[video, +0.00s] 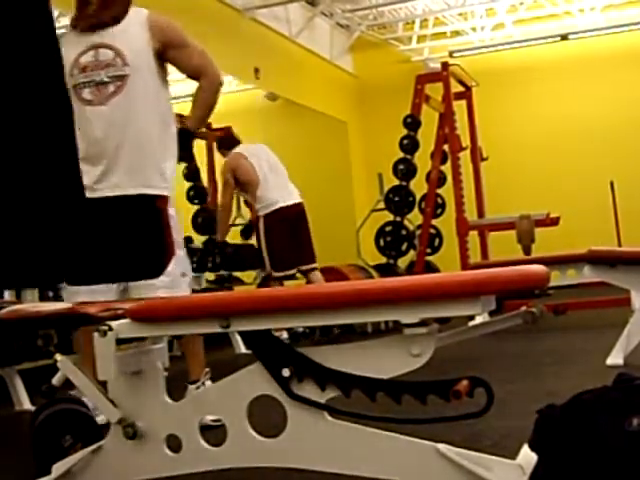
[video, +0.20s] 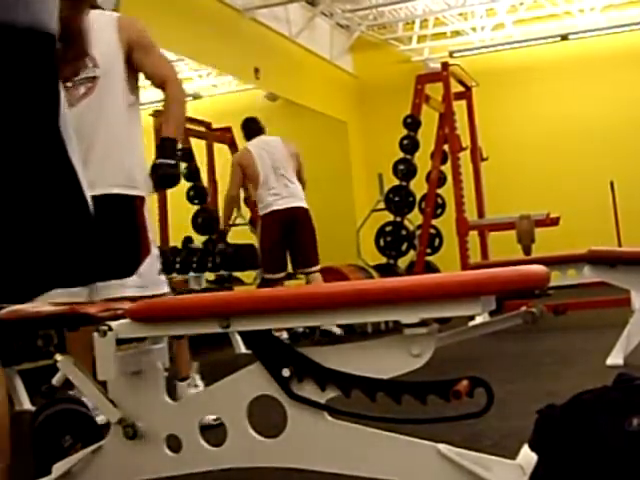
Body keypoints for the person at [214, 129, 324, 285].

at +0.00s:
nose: (222, 155)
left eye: (220, 152)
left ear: (222, 150)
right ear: (238, 140)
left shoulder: (230, 162)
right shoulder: (262, 149)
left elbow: (225, 205)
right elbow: (270, 187)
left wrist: (220, 238)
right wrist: (254, 220)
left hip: (271, 215)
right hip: (296, 206)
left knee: (274, 276)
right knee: (309, 268)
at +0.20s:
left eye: (247, 134)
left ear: (245, 135)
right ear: (264, 130)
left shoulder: (242, 157)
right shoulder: (287, 145)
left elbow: (233, 195)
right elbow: (301, 179)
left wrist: (225, 224)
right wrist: (295, 200)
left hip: (271, 217)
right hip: (299, 212)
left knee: (274, 279)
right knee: (312, 272)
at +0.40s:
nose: (286, 125)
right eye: (286, 121)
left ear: (268, 127)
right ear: (288, 123)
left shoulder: (258, 153)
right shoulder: (304, 144)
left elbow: (250, 192)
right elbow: (325, 180)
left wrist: (250, 222)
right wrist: (330, 206)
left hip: (276, 217)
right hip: (306, 214)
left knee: (279, 278)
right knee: (313, 274)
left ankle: (280, 329)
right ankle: (318, 326)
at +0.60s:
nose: (315, 121)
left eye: (314, 117)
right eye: (313, 117)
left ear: (291, 120)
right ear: (304, 118)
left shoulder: (276, 148)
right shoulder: (312, 141)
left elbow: (273, 190)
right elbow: (336, 176)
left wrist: (284, 214)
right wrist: (358, 206)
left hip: (292, 214)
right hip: (317, 210)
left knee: (293, 272)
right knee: (318, 273)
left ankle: (287, 324)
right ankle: (318, 327)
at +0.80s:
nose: (333, 118)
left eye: (332, 113)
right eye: (330, 114)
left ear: (311, 117)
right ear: (319, 116)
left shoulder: (297, 141)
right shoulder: (322, 137)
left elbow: (305, 178)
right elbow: (336, 171)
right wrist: (360, 204)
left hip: (305, 210)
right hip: (324, 209)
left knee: (322, 269)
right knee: (332, 269)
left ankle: (318, 324)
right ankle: (321, 325)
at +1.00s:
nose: (351, 115)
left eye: (350, 111)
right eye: (347, 111)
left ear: (337, 116)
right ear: (334, 115)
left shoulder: (334, 139)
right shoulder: (330, 138)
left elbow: (335, 178)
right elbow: (335, 176)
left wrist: (352, 210)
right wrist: (351, 209)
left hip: (338, 210)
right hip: (330, 210)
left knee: (357, 264)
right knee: (331, 269)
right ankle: (317, 324)